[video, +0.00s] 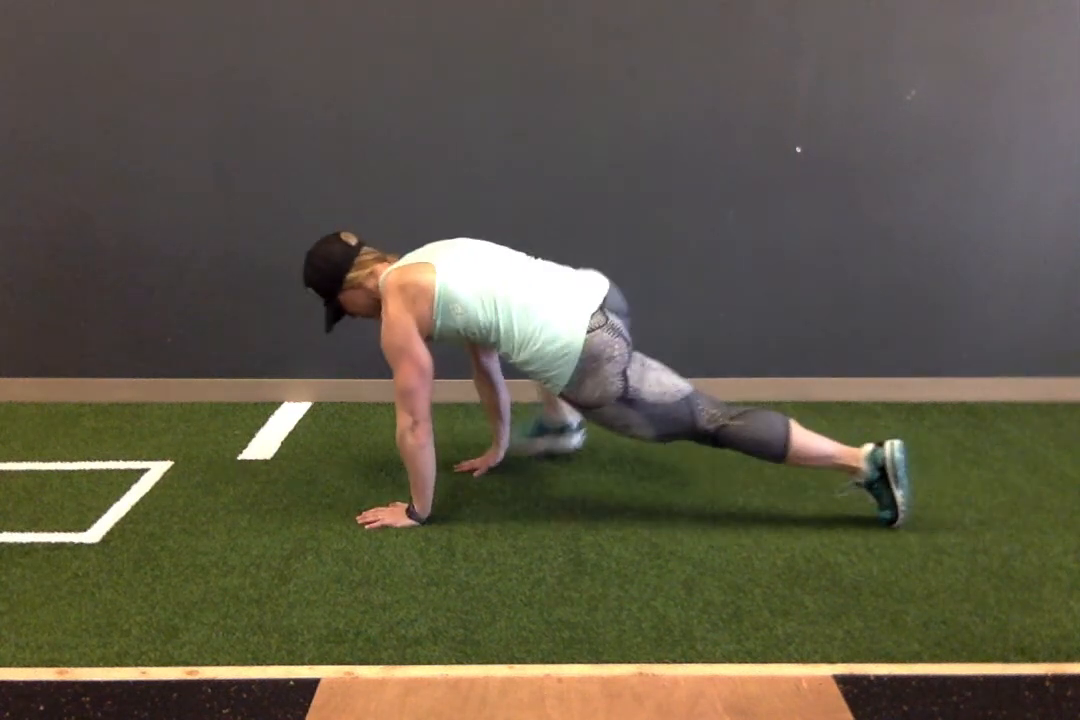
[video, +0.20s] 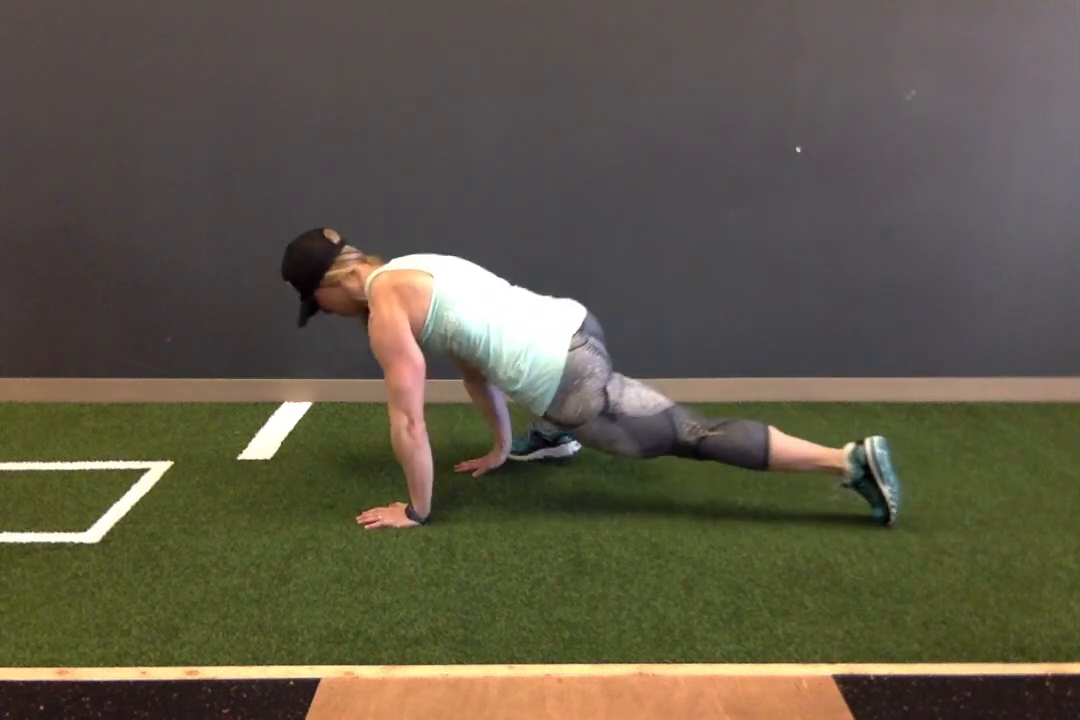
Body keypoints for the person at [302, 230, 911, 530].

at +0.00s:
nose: (353, 315)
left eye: (344, 307)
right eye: (344, 309)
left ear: (348, 290)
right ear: (368, 253)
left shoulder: (399, 307)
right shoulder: (436, 256)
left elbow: (413, 416)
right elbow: (484, 352)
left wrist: (418, 507)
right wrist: (494, 439)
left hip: (586, 356)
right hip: (606, 301)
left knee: (707, 419)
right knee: (506, 326)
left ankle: (863, 462)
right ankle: (559, 428)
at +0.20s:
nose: (329, 314)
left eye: (320, 305)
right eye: (321, 307)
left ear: (328, 287)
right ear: (351, 253)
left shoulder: (387, 309)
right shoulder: (420, 265)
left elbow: (407, 419)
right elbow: (473, 353)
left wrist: (419, 510)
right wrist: (502, 441)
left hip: (563, 379)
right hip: (578, 328)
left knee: (688, 433)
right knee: (480, 351)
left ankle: (847, 461)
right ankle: (546, 440)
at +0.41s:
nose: (317, 315)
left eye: (308, 306)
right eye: (308, 309)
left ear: (316, 286)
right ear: (336, 256)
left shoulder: (377, 310)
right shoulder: (402, 267)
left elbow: (404, 418)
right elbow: (467, 343)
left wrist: (416, 508)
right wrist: (496, 431)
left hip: (553, 383)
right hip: (566, 332)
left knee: (677, 432)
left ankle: (835, 457)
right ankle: (535, 438)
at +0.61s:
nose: (304, 323)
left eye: (296, 313)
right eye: (296, 316)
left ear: (307, 294)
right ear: (322, 269)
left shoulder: (374, 315)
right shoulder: (382, 280)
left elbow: (405, 416)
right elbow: (428, 363)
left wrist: (416, 508)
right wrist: (389, 428)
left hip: (546, 366)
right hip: (551, 327)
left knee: (667, 417)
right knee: (462, 346)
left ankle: (822, 451)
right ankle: (543, 421)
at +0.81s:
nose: (291, 328)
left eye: (284, 318)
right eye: (283, 321)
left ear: (293, 295)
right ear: (305, 272)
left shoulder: (364, 311)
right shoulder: (362, 283)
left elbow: (395, 411)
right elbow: (355, 373)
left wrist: (414, 504)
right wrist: (303, 426)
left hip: (538, 338)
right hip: (526, 305)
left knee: (633, 405)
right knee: (423, 362)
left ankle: (790, 421)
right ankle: (534, 413)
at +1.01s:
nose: (254, 316)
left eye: (248, 307)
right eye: (247, 309)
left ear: (258, 291)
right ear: (272, 267)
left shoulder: (328, 308)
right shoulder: (323, 279)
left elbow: (375, 390)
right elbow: (346, 367)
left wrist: (405, 477)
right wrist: (307, 431)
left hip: (511, 310)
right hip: (477, 310)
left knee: (599, 398)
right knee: (401, 381)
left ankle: (735, 377)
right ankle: (526, 405)